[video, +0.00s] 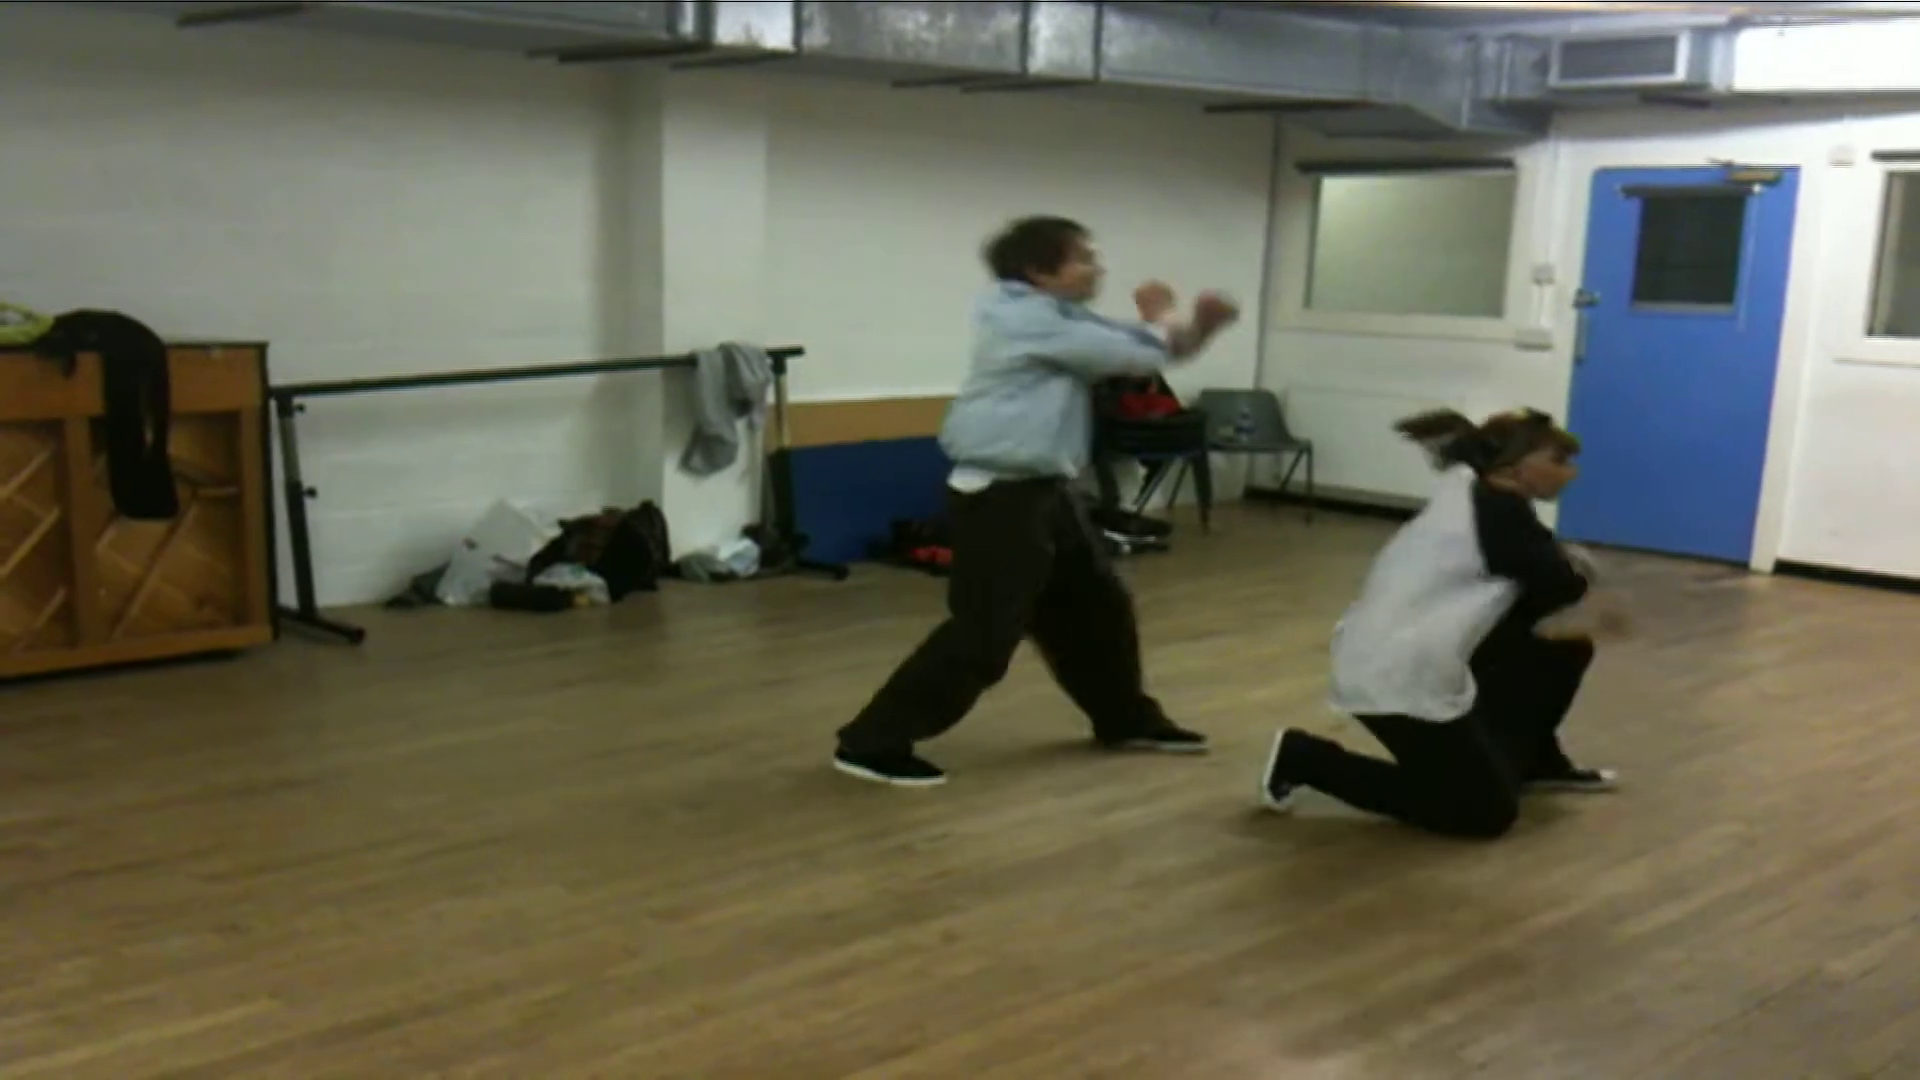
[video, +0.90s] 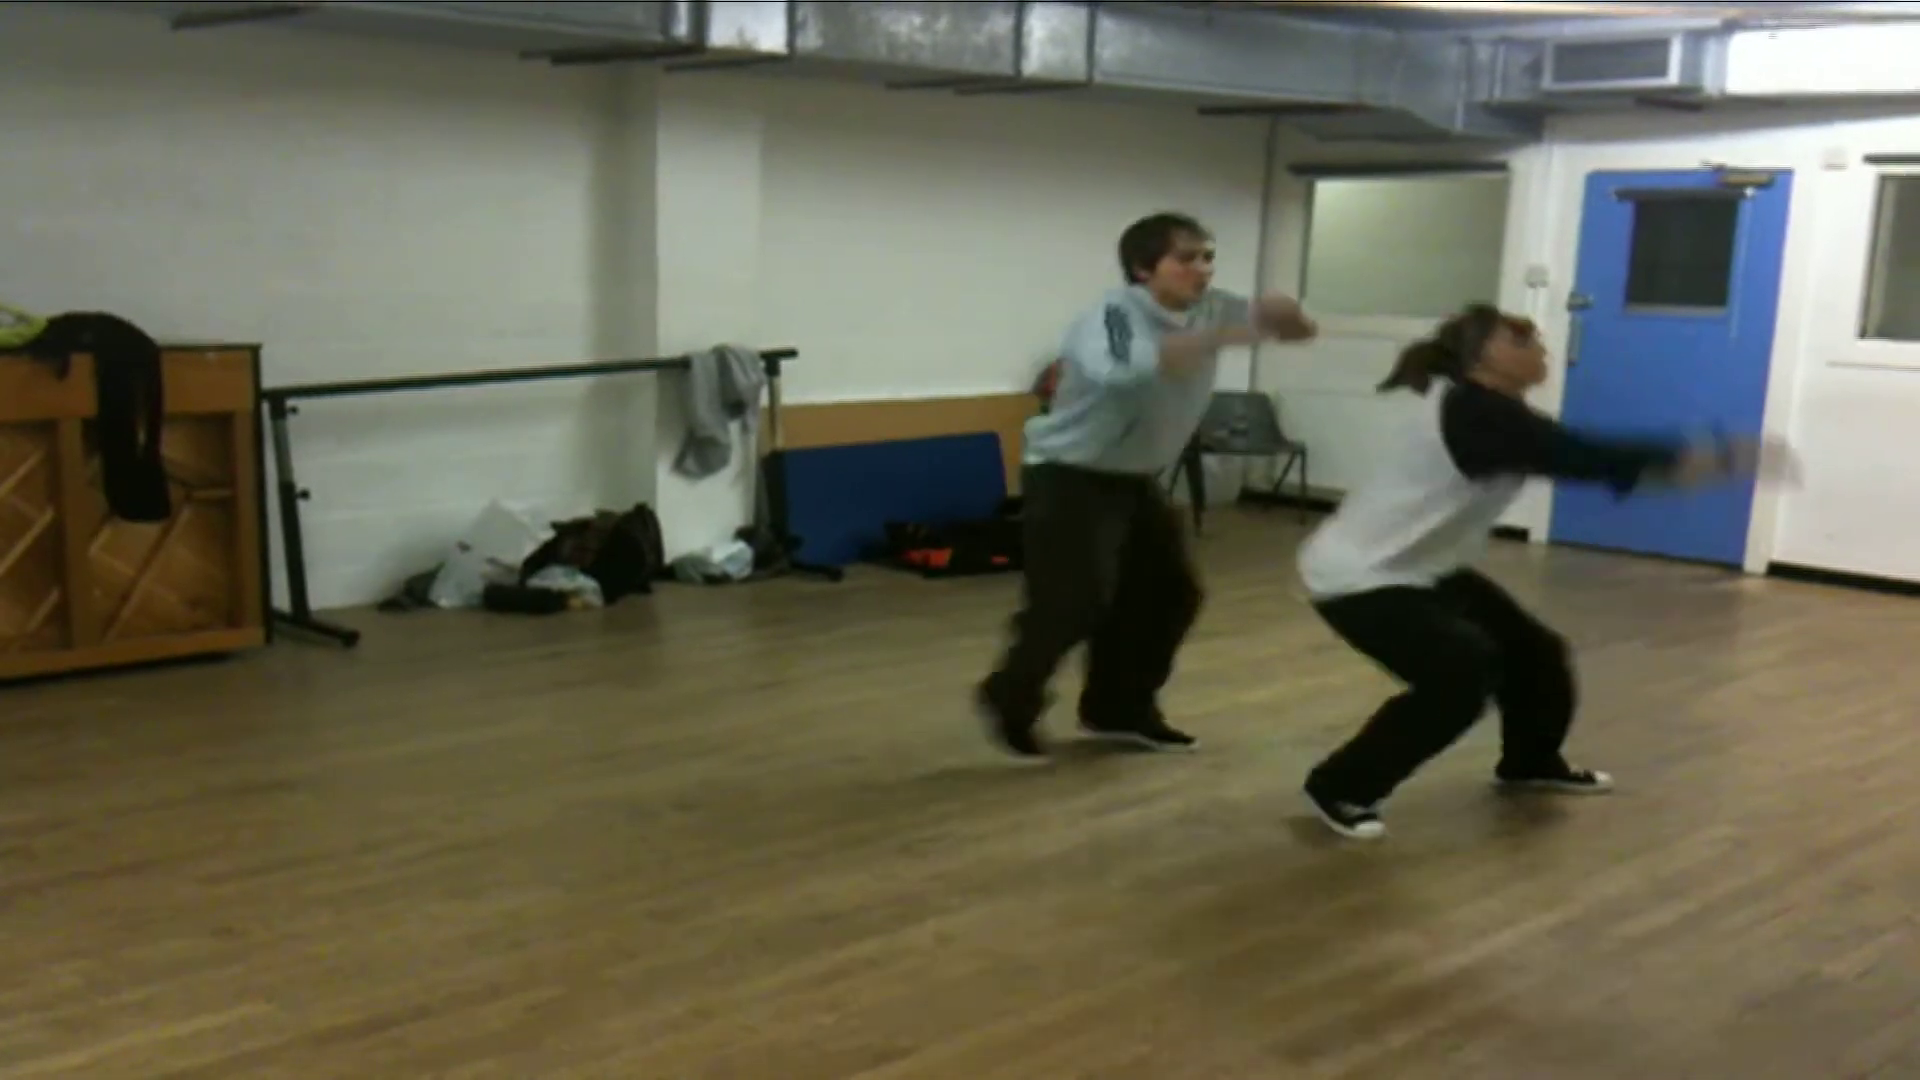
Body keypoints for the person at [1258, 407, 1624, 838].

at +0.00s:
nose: (1569, 471)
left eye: (1568, 460)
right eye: (1557, 460)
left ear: (1510, 468)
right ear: (1517, 468)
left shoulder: (1471, 493)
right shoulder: (1501, 516)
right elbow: (1567, 589)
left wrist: (1579, 618)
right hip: (1396, 682)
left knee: (1565, 649)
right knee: (1484, 812)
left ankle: (1535, 756)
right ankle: (1307, 760)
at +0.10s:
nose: (1567, 468)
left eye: (1564, 456)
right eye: (1555, 457)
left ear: (1505, 469)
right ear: (1508, 469)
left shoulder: (1473, 495)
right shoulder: (1484, 511)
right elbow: (1562, 583)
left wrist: (1589, 595)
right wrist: (1579, 561)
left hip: (1435, 651)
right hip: (1396, 679)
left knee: (1562, 642)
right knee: (1480, 813)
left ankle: (1531, 761)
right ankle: (1301, 763)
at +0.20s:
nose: (1564, 461)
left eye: (1561, 450)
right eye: (1549, 452)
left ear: (1506, 465)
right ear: (1504, 464)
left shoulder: (1518, 513)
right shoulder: (1464, 515)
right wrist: (1549, 553)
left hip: (1456, 650)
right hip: (1402, 676)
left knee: (1581, 645)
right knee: (1476, 810)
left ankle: (1530, 758)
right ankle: (1295, 760)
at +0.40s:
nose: (1580, 471)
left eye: (1580, 461)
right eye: (1570, 460)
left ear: (1532, 468)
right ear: (1528, 467)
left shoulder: (1531, 519)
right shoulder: (1479, 518)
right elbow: (1450, 590)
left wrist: (1540, 618)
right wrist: (1516, 615)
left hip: (1472, 661)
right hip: (1414, 674)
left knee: (1600, 647)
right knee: (1475, 811)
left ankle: (1533, 759)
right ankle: (1293, 759)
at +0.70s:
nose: (1598, 407)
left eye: (1590, 397)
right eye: (1584, 400)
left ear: (1546, 420)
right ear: (1552, 418)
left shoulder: (1521, 461)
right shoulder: (1533, 479)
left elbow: (1513, 559)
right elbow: (1489, 574)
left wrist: (1562, 604)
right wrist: (1522, 646)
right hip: (1423, 635)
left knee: (1609, 654)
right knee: (1476, 767)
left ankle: (1532, 759)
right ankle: (1283, 758)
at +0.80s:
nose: (1572, 374)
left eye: (1566, 363)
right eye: (1556, 366)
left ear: (1527, 391)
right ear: (1520, 388)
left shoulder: (1533, 451)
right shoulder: (1497, 451)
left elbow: (1577, 531)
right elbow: (1569, 528)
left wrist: (1633, 575)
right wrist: (1636, 574)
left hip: (1469, 589)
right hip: (1402, 603)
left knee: (1587, 654)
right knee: (1490, 707)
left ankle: (1535, 760)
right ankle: (1314, 753)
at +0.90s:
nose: (1538, 346)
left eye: (1531, 336)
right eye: (1520, 338)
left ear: (1490, 361)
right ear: (1482, 357)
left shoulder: (1493, 411)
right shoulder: (1473, 415)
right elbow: (1574, 456)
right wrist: (1681, 461)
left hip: (1428, 570)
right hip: (1359, 577)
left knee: (1537, 657)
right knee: (1464, 675)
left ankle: (1530, 762)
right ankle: (1340, 787)